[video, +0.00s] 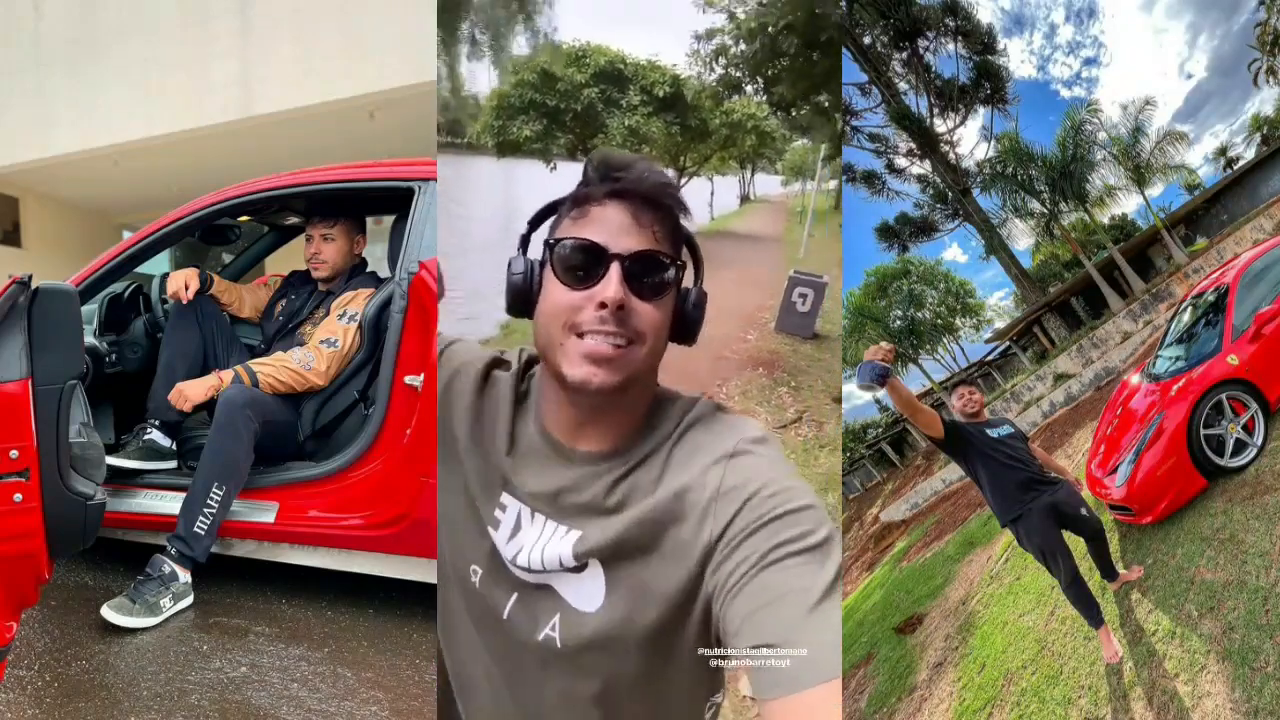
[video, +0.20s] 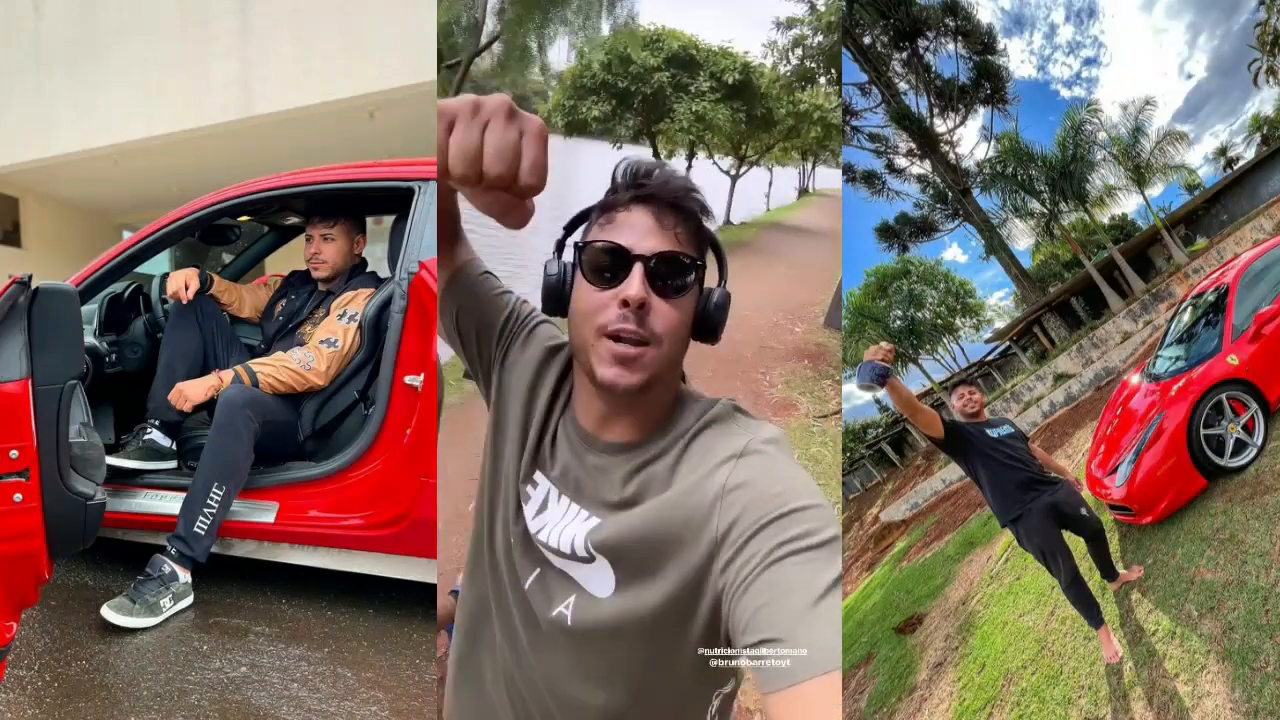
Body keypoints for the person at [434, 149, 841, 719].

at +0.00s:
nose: (610, 295)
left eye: (647, 274)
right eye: (580, 264)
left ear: (679, 311)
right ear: (532, 283)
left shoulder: (745, 498)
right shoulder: (464, 396)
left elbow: (809, 708)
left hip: (638, 708)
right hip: (467, 705)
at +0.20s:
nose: (633, 295)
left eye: (669, 277)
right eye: (607, 267)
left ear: (703, 309)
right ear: (565, 284)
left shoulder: (753, 491)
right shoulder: (522, 364)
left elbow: (805, 708)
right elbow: (446, 256)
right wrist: (443, 160)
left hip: (624, 706)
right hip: (473, 702)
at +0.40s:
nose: (636, 280)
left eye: (673, 263)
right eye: (609, 252)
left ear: (708, 304)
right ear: (567, 274)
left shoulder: (761, 490)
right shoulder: (518, 360)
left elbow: (808, 706)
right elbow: (431, 228)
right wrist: (466, 115)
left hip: (628, 706)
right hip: (467, 702)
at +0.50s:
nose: (616, 292)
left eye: (651, 270)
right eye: (588, 267)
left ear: (689, 306)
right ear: (550, 293)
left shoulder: (760, 492)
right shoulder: (495, 393)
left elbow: (809, 706)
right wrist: (418, 188)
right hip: (485, 707)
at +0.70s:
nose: (646, 307)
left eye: (684, 282)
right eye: (615, 279)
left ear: (728, 318)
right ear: (573, 307)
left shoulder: (793, 496)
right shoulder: (515, 439)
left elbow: (837, 692)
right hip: (509, 707)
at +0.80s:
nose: (663, 317)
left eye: (702, 288)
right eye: (628, 287)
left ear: (747, 321)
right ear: (587, 314)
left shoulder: (809, 507)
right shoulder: (525, 459)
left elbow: (852, 699)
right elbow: (379, 558)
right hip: (535, 708)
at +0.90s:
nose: (654, 319)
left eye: (693, 292)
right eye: (619, 291)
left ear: (737, 331)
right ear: (577, 322)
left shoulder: (809, 524)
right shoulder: (513, 471)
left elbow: (843, 702)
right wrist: (482, 666)